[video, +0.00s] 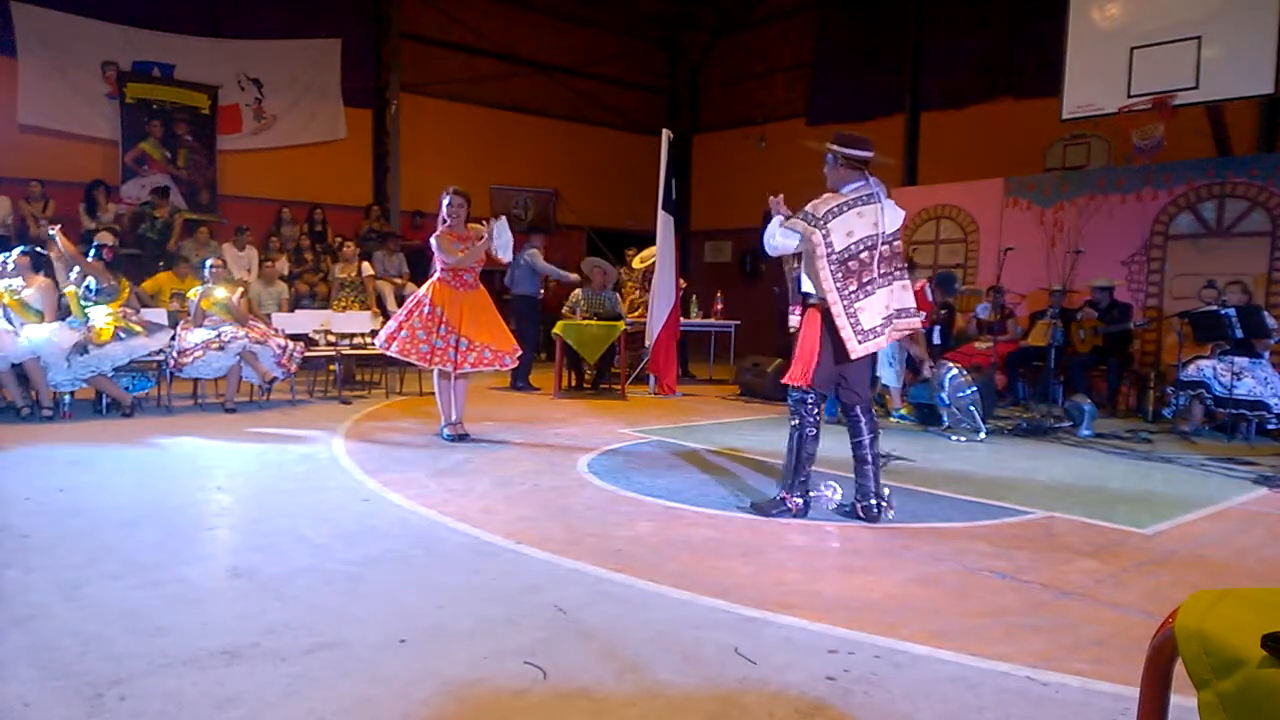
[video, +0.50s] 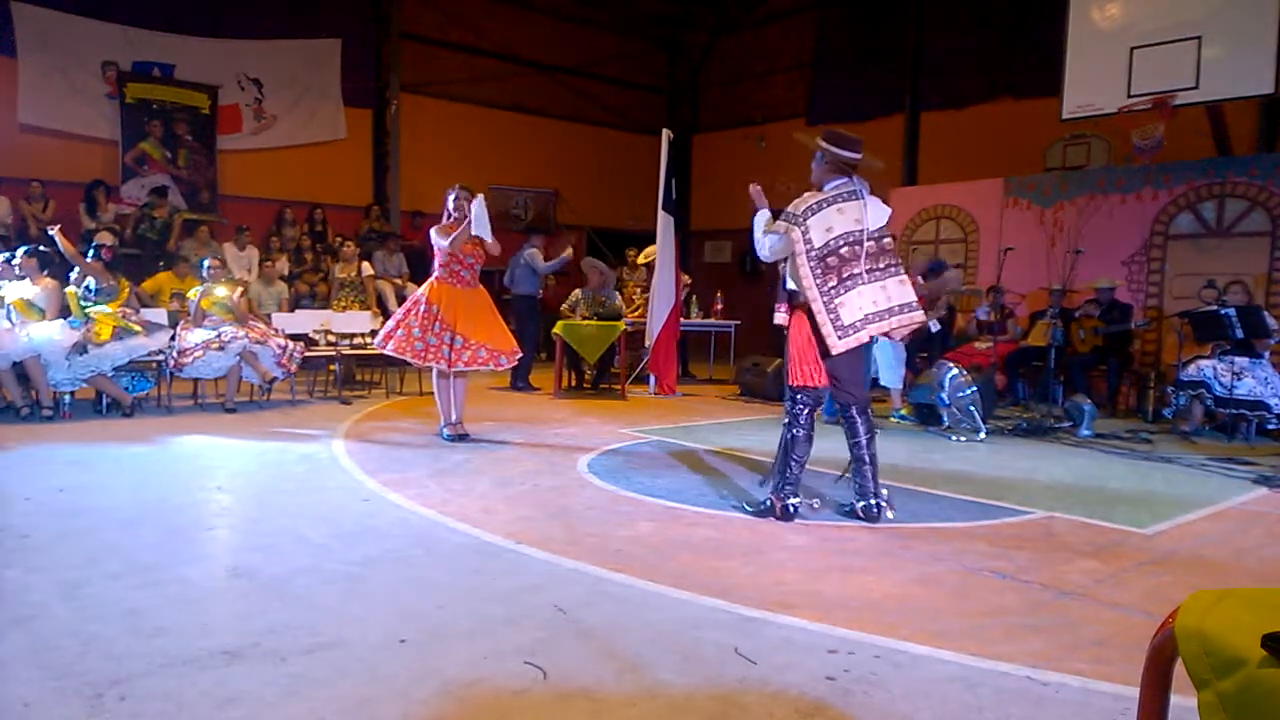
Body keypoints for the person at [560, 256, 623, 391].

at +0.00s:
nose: (597, 276)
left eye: (599, 273)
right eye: (595, 273)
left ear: (605, 277)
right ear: (590, 275)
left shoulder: (613, 296)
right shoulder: (578, 293)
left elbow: (620, 316)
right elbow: (565, 311)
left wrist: (600, 317)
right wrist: (577, 318)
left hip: (603, 332)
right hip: (581, 331)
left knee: (610, 349)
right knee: (570, 345)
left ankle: (597, 380)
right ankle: (578, 377)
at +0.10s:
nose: (594, 276)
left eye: (598, 273)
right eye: (594, 272)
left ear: (604, 277)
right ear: (589, 275)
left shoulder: (613, 295)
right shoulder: (579, 293)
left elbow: (620, 315)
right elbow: (565, 311)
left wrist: (600, 317)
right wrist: (577, 318)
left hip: (603, 332)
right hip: (582, 331)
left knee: (610, 349)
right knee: (570, 345)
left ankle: (597, 380)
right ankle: (579, 378)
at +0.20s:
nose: (597, 277)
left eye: (599, 273)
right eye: (595, 273)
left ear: (604, 277)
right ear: (590, 276)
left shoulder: (613, 295)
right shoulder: (579, 293)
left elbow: (620, 313)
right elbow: (565, 311)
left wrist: (598, 315)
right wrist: (578, 318)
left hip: (603, 333)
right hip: (582, 332)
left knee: (610, 349)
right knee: (570, 346)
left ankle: (597, 380)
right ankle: (578, 378)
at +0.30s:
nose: (596, 276)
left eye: (598, 272)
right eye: (595, 272)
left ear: (605, 276)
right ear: (590, 275)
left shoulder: (613, 295)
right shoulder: (578, 293)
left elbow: (619, 312)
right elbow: (564, 311)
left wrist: (598, 315)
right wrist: (577, 318)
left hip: (603, 332)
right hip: (581, 331)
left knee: (610, 349)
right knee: (570, 345)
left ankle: (597, 380)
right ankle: (578, 377)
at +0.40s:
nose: (601, 277)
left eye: (602, 273)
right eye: (598, 273)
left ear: (604, 276)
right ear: (590, 274)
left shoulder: (613, 295)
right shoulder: (579, 293)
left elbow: (619, 312)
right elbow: (564, 310)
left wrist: (598, 315)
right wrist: (576, 318)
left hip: (603, 333)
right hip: (581, 332)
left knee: (610, 349)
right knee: (570, 345)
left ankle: (597, 380)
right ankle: (578, 377)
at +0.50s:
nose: (590, 276)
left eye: (594, 273)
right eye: (591, 273)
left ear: (602, 277)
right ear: (588, 275)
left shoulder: (613, 295)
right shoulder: (579, 293)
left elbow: (619, 312)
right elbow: (563, 309)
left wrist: (598, 314)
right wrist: (575, 318)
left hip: (603, 333)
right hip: (581, 331)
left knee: (610, 349)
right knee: (569, 345)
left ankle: (597, 380)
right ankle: (578, 377)